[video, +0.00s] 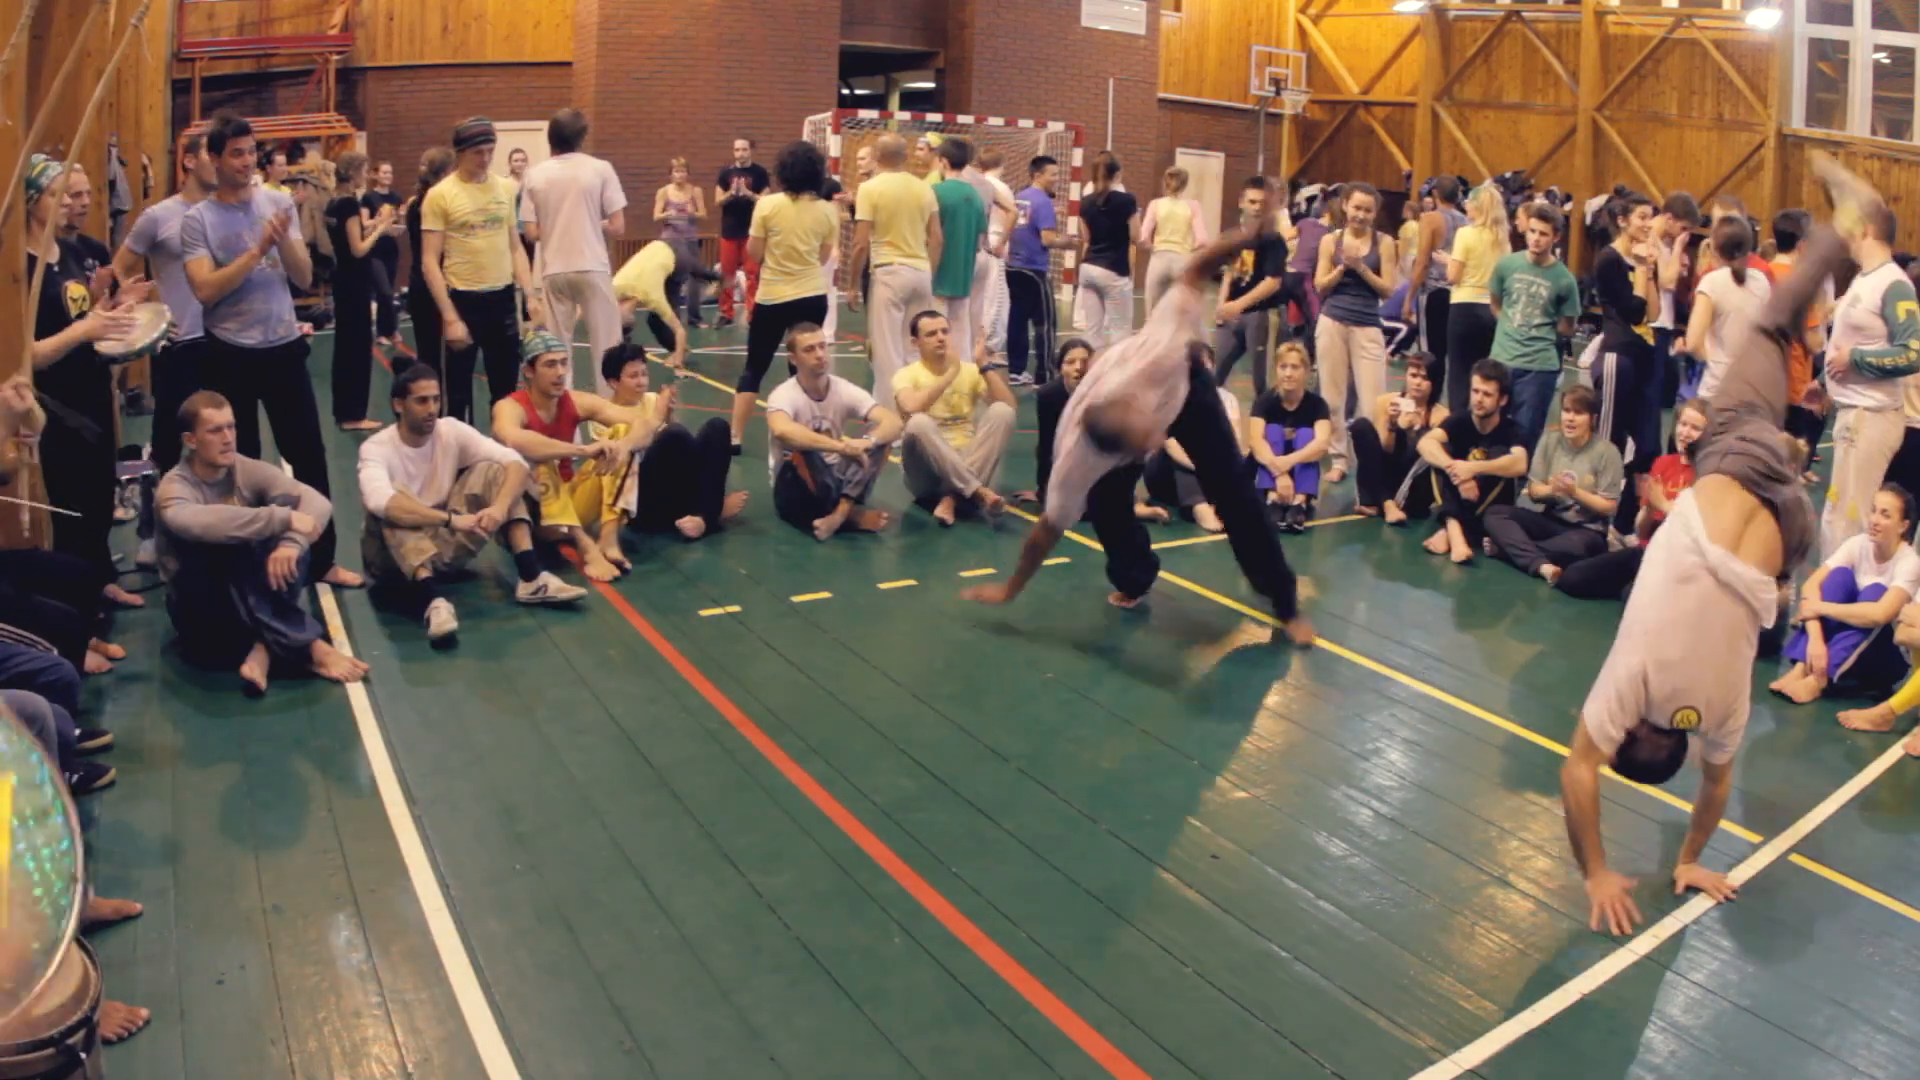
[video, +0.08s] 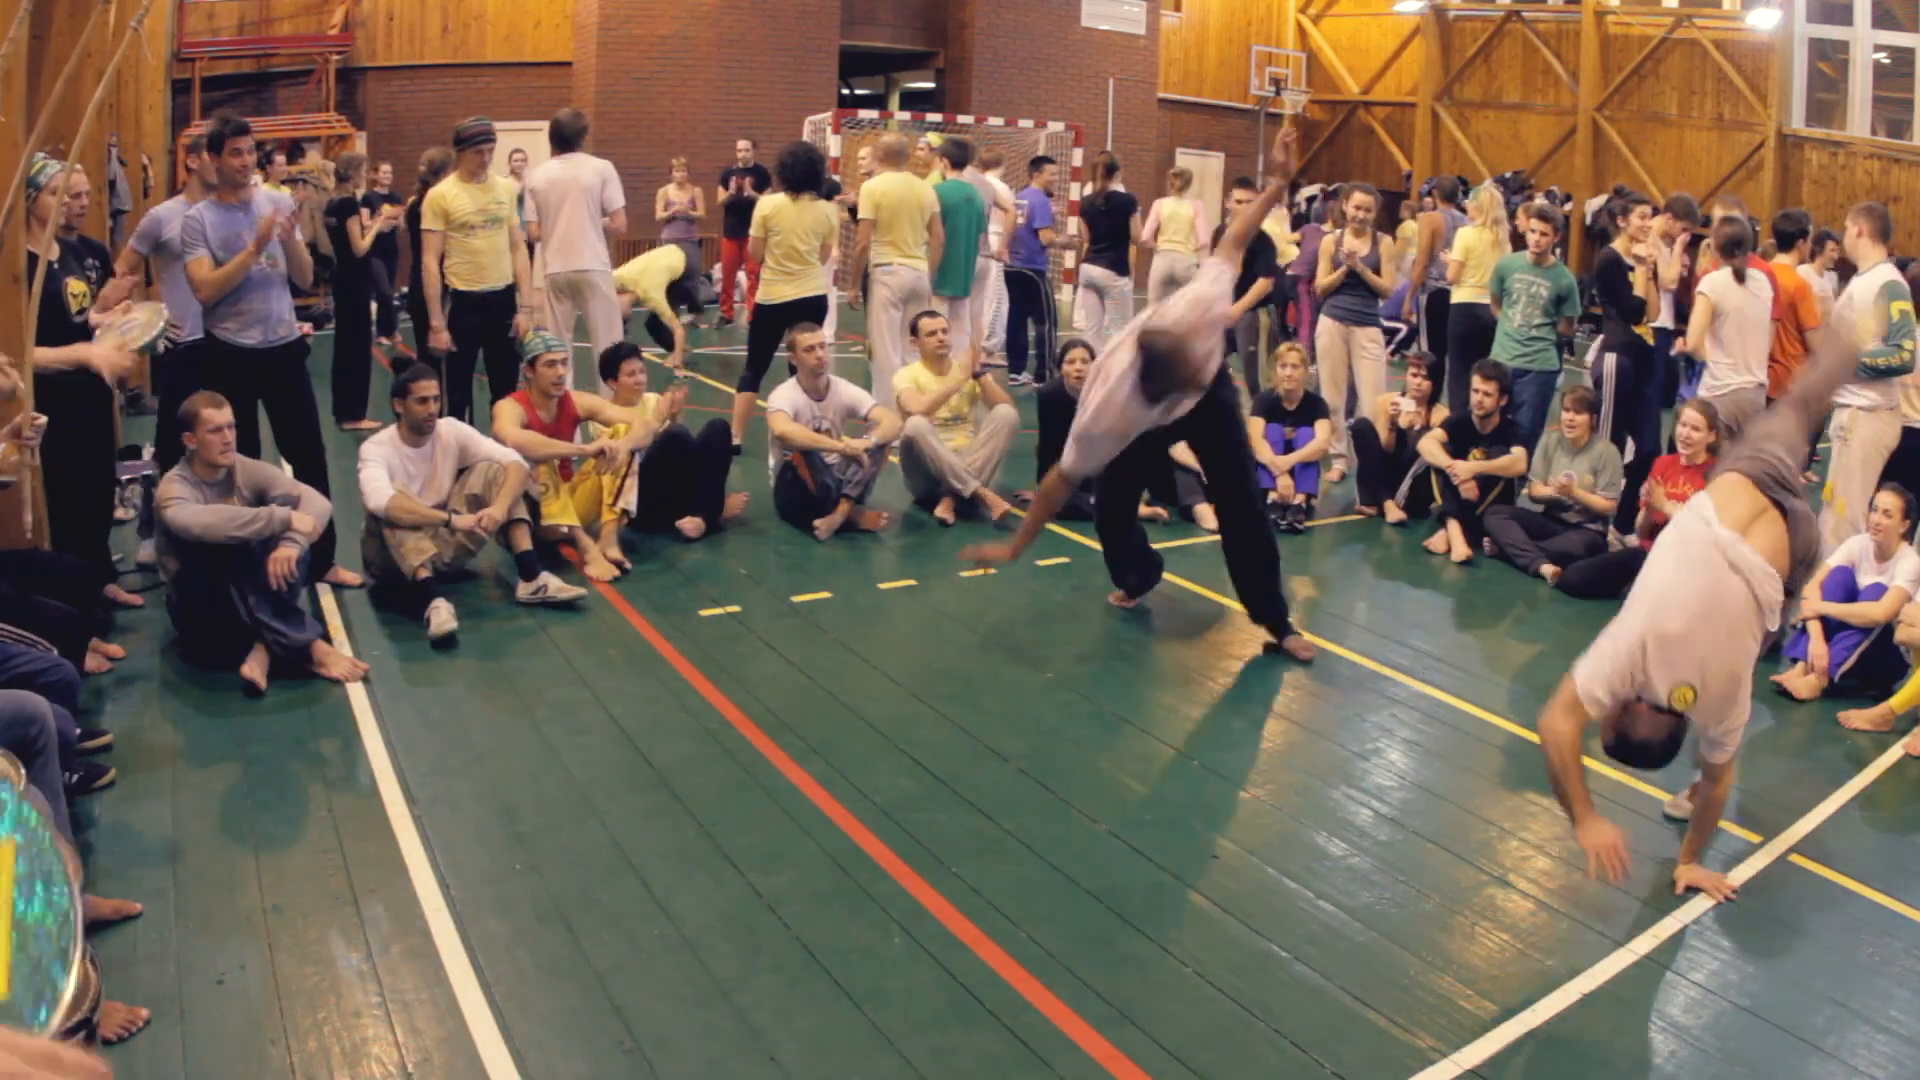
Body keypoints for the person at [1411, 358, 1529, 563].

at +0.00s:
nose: (1479, 399)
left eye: (1487, 395)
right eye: (1475, 392)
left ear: (1503, 400)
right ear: (1469, 392)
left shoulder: (1510, 429)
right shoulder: (1459, 421)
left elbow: (1519, 465)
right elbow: (1426, 443)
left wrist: (1472, 467)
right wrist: (1459, 475)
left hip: (1492, 509)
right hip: (1454, 501)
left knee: (1500, 458)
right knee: (1437, 456)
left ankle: (1450, 528)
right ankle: (1454, 529)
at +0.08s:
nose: (1479, 399)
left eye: (1487, 395)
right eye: (1475, 392)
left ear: (1503, 400)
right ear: (1469, 391)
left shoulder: (1510, 429)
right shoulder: (1459, 421)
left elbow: (1519, 465)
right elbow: (1426, 443)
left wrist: (1472, 468)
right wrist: (1459, 475)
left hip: (1492, 508)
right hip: (1453, 501)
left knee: (1500, 457)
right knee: (1437, 455)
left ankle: (1450, 528)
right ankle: (1454, 528)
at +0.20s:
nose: (1479, 399)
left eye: (1487, 394)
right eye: (1475, 392)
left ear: (1502, 400)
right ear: (1469, 392)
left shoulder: (1510, 429)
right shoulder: (1458, 422)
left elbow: (1519, 464)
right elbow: (1425, 444)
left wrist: (1473, 467)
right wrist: (1459, 474)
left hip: (1492, 510)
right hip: (1453, 502)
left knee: (1501, 458)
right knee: (1437, 458)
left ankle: (1451, 528)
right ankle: (1453, 528)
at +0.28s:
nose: (1479, 399)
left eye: (1487, 394)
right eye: (1475, 392)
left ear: (1502, 400)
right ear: (1469, 392)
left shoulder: (1510, 429)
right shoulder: (1459, 422)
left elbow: (1519, 464)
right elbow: (1425, 444)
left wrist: (1473, 467)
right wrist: (1458, 473)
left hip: (1493, 510)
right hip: (1454, 502)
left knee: (1501, 457)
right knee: (1438, 455)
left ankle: (1450, 529)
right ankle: (1453, 529)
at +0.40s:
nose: (1479, 399)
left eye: (1487, 394)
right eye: (1475, 392)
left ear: (1502, 400)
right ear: (1469, 392)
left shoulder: (1510, 429)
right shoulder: (1459, 422)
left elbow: (1519, 464)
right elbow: (1425, 443)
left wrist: (1473, 468)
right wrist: (1459, 474)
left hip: (1492, 511)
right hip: (1454, 503)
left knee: (1502, 458)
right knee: (1438, 457)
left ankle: (1450, 529)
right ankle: (1454, 529)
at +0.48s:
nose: (1479, 399)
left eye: (1487, 395)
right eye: (1475, 392)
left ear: (1503, 400)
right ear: (1469, 392)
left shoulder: (1510, 429)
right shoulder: (1459, 422)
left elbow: (1519, 464)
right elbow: (1426, 443)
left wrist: (1473, 467)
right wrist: (1458, 473)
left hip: (1492, 512)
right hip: (1453, 503)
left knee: (1502, 457)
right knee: (1438, 457)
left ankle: (1450, 529)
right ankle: (1454, 529)